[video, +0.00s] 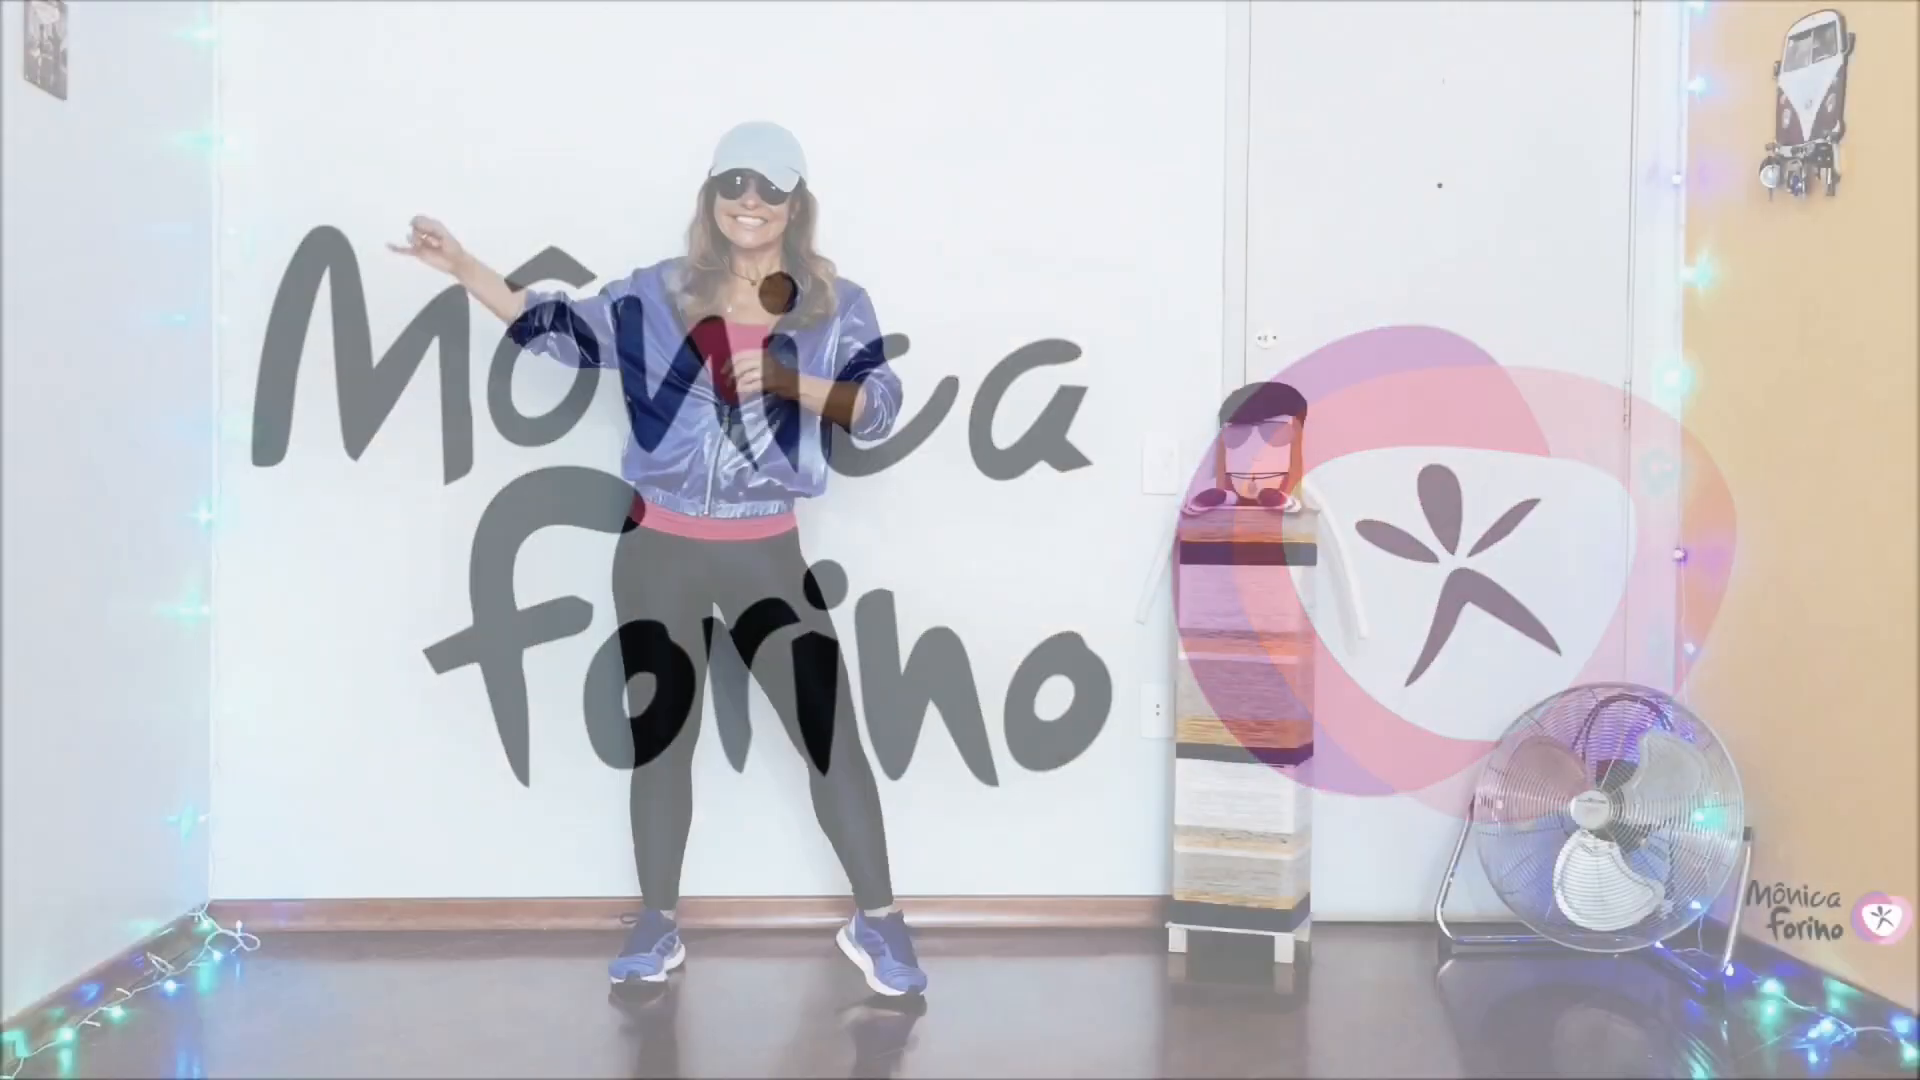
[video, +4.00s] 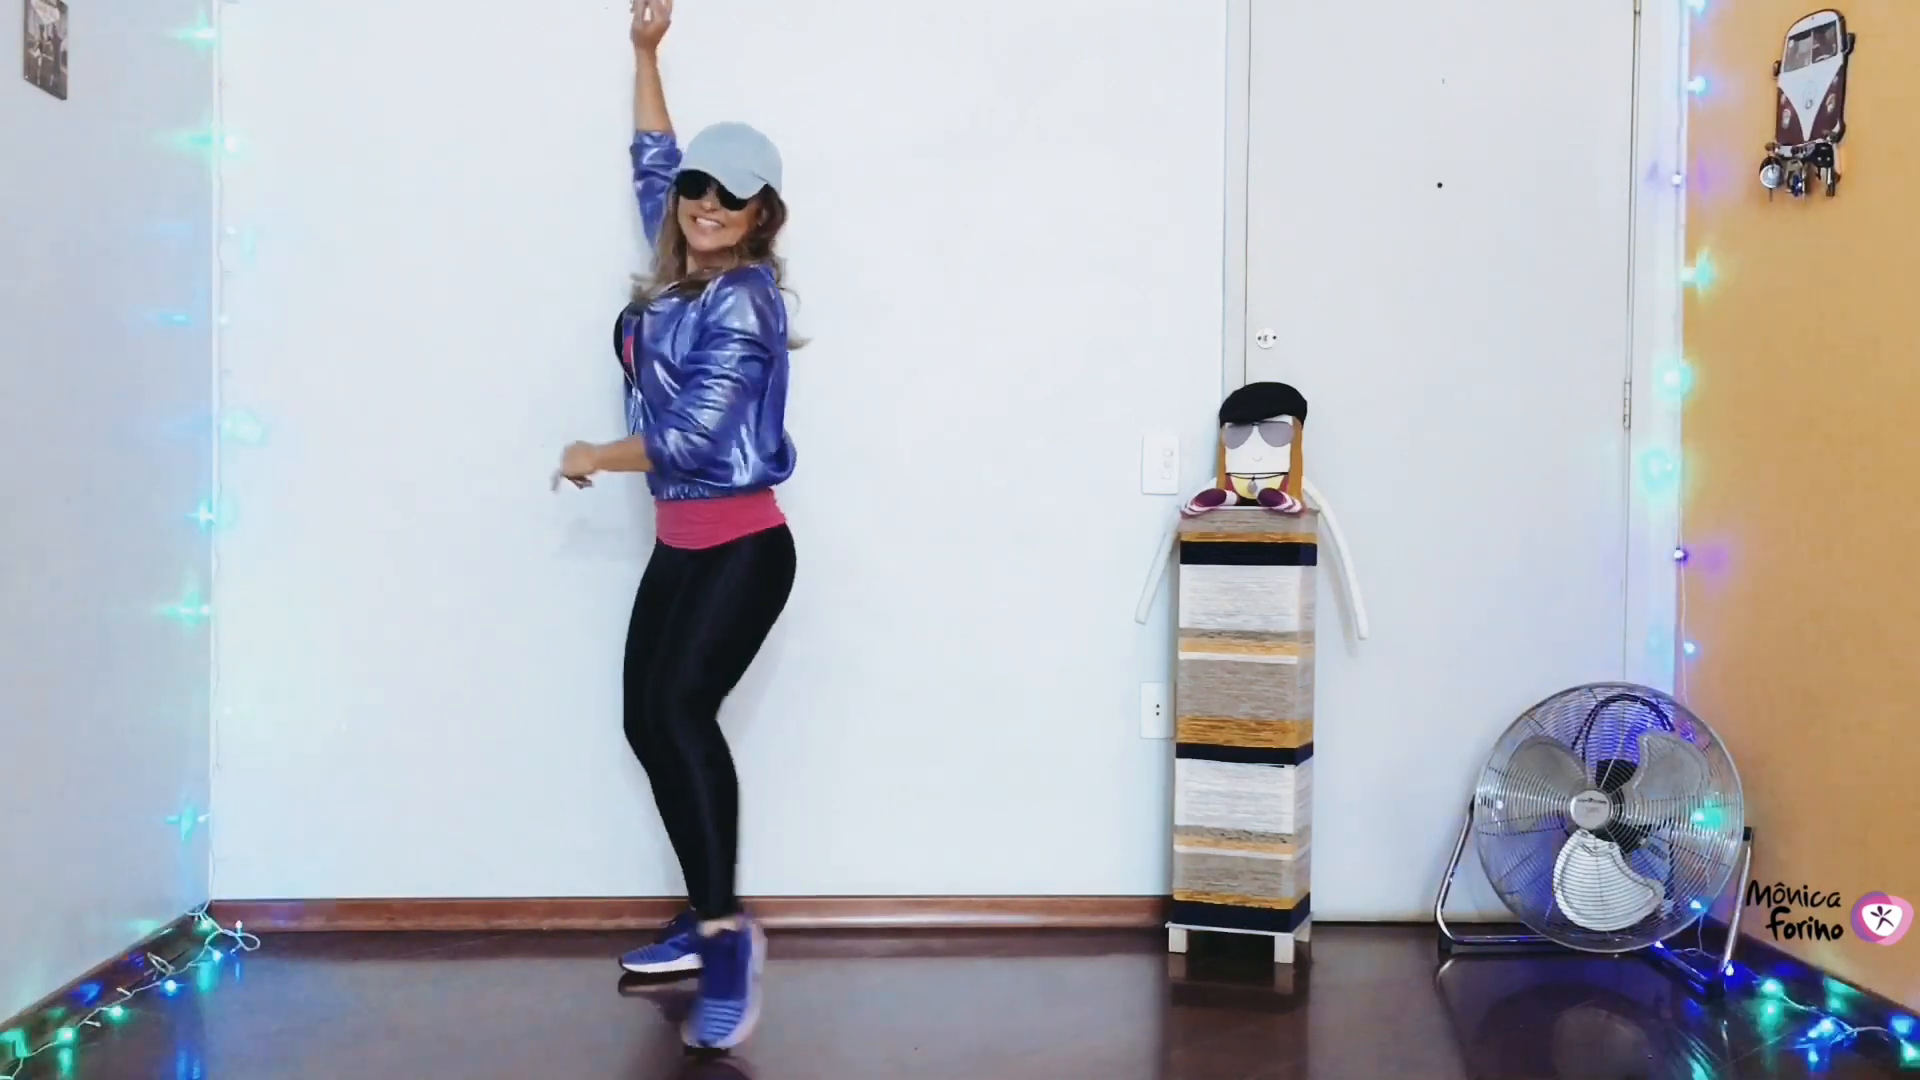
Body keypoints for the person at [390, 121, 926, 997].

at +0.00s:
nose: (752, 204)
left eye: (771, 189)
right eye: (735, 187)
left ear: (797, 204)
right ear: (710, 200)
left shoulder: (832, 299)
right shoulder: (657, 293)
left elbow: (877, 404)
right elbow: (556, 325)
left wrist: (788, 379)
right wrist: (463, 265)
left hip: (765, 547)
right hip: (661, 544)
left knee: (826, 716)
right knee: (660, 724)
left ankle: (879, 919)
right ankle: (656, 921)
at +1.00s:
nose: (687, 191)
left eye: (708, 178)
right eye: (671, 173)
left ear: (739, 195)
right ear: (649, 188)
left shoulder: (754, 276)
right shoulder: (648, 293)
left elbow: (835, 329)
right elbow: (623, 397)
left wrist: (708, 323)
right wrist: (548, 345)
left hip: (722, 559)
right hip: (640, 555)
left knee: (726, 750)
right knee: (635, 736)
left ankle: (791, 975)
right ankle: (657, 921)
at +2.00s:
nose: (729, 192)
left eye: (744, 176)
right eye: (711, 179)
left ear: (763, 182)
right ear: (682, 192)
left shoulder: (754, 249)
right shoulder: (701, 276)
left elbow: (791, 156)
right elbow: (742, 395)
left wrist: (841, 73)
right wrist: (845, 437)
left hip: (724, 544)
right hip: (678, 540)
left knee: (741, 726)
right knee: (700, 737)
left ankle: (681, 921)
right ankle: (618, 964)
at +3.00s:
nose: (718, 194)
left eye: (737, 177)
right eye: (697, 177)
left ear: (764, 187)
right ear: (673, 190)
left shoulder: (796, 285)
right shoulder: (644, 295)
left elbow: (898, 286)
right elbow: (579, 371)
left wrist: (903, 210)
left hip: (750, 564)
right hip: (654, 557)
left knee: (812, 760)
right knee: (682, 776)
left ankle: (714, 862)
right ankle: (685, 995)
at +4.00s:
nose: (708, 215)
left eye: (732, 204)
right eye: (697, 194)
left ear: (758, 218)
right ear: (677, 199)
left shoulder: (743, 298)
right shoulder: (676, 271)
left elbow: (703, 439)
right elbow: (654, 168)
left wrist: (603, 456)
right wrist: (646, 53)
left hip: (746, 549)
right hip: (680, 548)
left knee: (684, 709)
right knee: (645, 718)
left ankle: (726, 935)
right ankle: (706, 918)